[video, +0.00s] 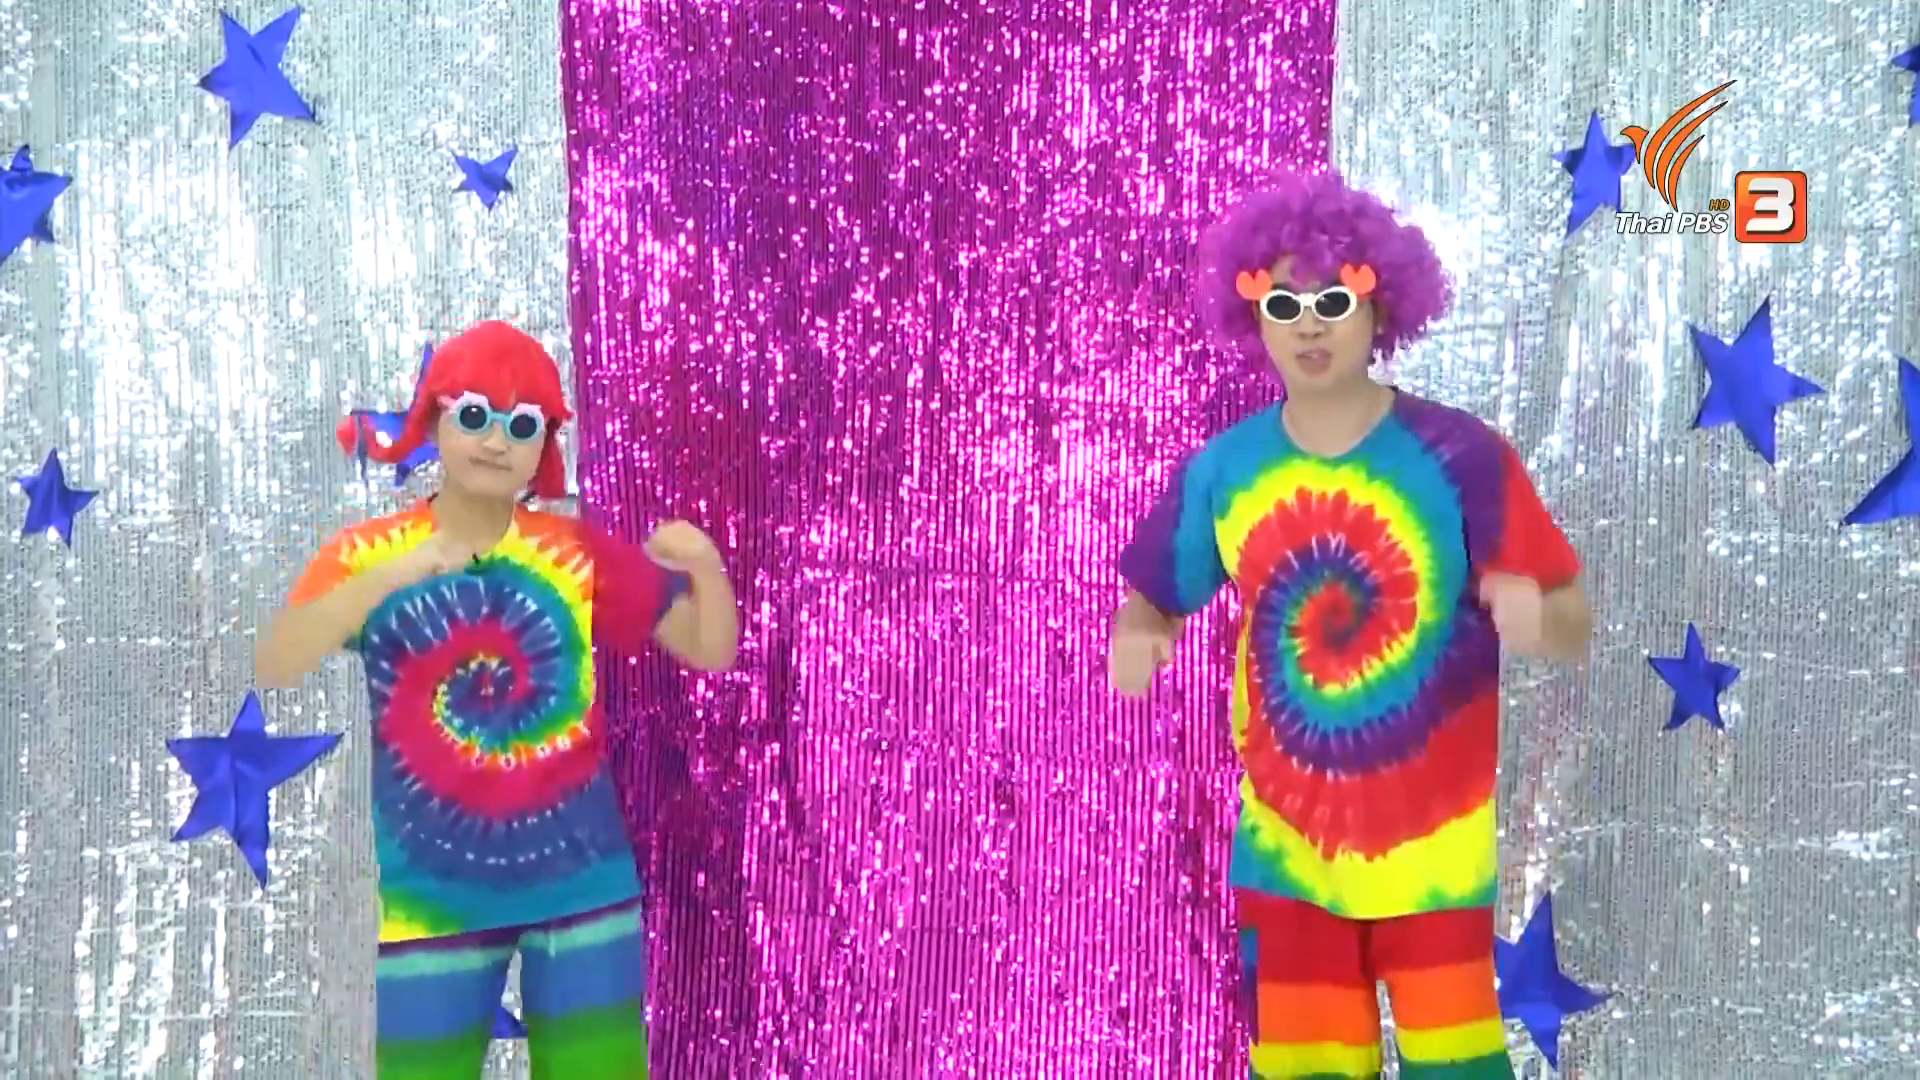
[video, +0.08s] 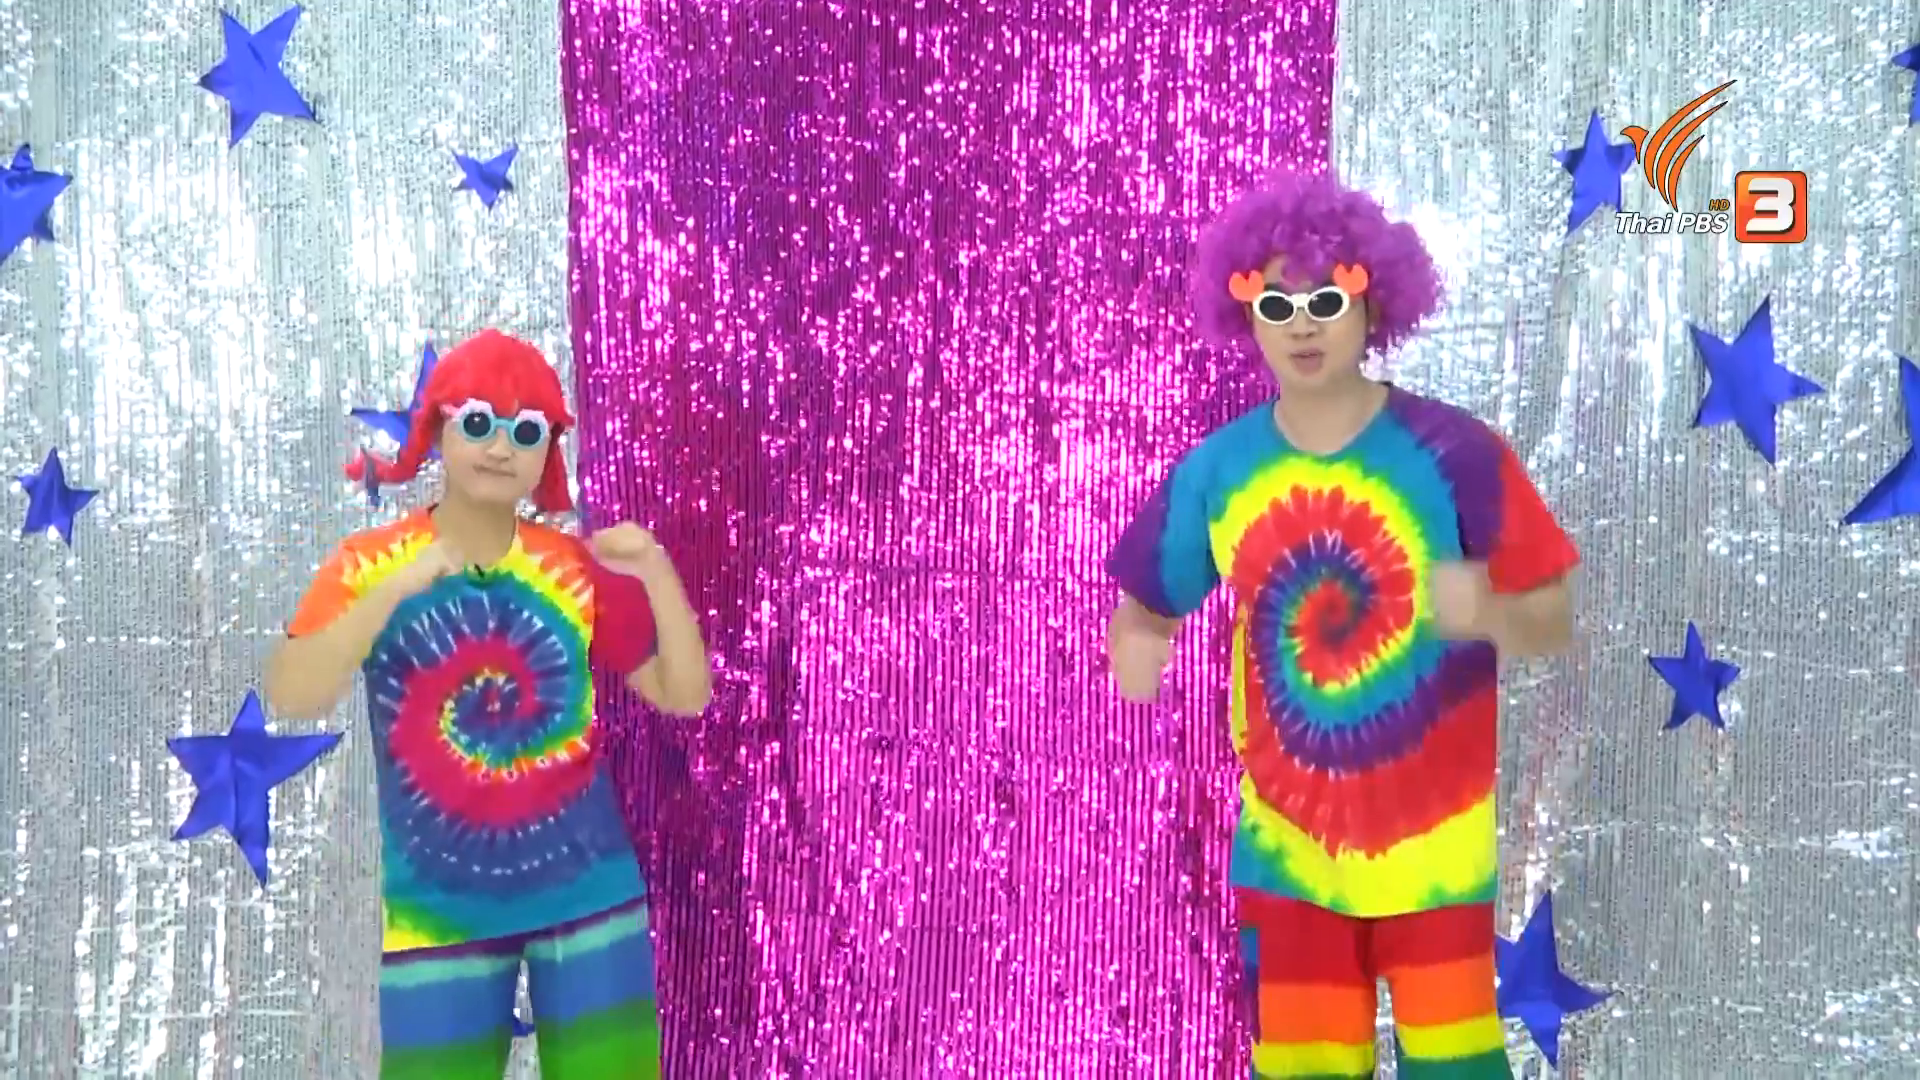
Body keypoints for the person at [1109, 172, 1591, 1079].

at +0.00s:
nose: (1308, 329)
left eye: (1332, 304)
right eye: (1283, 308)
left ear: (1375, 313)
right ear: (1256, 322)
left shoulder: (1463, 455)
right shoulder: (1222, 471)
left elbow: (1573, 619)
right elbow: (1155, 596)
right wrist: (1136, 642)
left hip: (1438, 846)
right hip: (1289, 853)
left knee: (1457, 1062)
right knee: (1308, 1065)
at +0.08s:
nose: (1301, 329)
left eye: (1325, 304)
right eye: (1276, 308)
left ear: (1368, 310)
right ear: (1247, 319)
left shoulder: (1457, 452)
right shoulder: (1214, 472)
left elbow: (1555, 617)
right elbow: (1146, 603)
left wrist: (1491, 611)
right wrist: (1137, 647)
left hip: (1438, 846)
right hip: (1290, 852)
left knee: (1456, 1062)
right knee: (1305, 1066)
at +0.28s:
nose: (1308, 348)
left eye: (1332, 326)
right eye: (1282, 328)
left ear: (1370, 341)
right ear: (1252, 346)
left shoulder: (1453, 489)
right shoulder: (1216, 511)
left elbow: (1516, 666)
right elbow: (1158, 686)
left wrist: (1439, 805)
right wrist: (1240, 800)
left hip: (1442, 890)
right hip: (1292, 896)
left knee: (1470, 1067)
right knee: (1293, 1069)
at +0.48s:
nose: (1351, 306)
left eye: (1375, 282)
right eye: (1325, 285)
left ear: (1413, 304)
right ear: (1292, 312)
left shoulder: (1493, 461)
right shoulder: (1248, 476)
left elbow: (1550, 643)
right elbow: (1193, 664)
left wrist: (1555, 820)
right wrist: (1272, 813)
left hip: (1472, 868)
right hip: (1318, 868)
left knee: (1491, 1067)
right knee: (1315, 1069)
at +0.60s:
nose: (1383, 286)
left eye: (1408, 263)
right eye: (1357, 268)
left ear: (1449, 289)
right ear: (1327, 299)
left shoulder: (1526, 450)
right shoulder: (1279, 458)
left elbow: (1577, 633)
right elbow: (1222, 644)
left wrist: (1603, 812)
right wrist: (1279, 801)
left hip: (1498, 858)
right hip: (1343, 856)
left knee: (1503, 1063)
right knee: (1335, 1064)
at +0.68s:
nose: (1406, 290)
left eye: (1430, 265)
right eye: (1380, 269)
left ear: (1472, 286)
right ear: (1349, 298)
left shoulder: (1550, 450)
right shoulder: (1301, 456)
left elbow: (1598, 634)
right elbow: (1242, 643)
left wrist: (1624, 813)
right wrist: (1283, 809)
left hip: (1514, 850)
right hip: (1361, 849)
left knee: (1514, 1062)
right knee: (1343, 1064)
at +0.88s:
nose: (1454, 310)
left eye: (1480, 285)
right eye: (1429, 289)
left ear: (1525, 305)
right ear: (1401, 316)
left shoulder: (1599, 468)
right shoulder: (1351, 470)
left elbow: (1644, 653)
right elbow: (1297, 655)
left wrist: (1658, 841)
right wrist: (1296, 829)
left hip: (1546, 866)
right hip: (1392, 862)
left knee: (1540, 1066)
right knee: (1352, 1064)